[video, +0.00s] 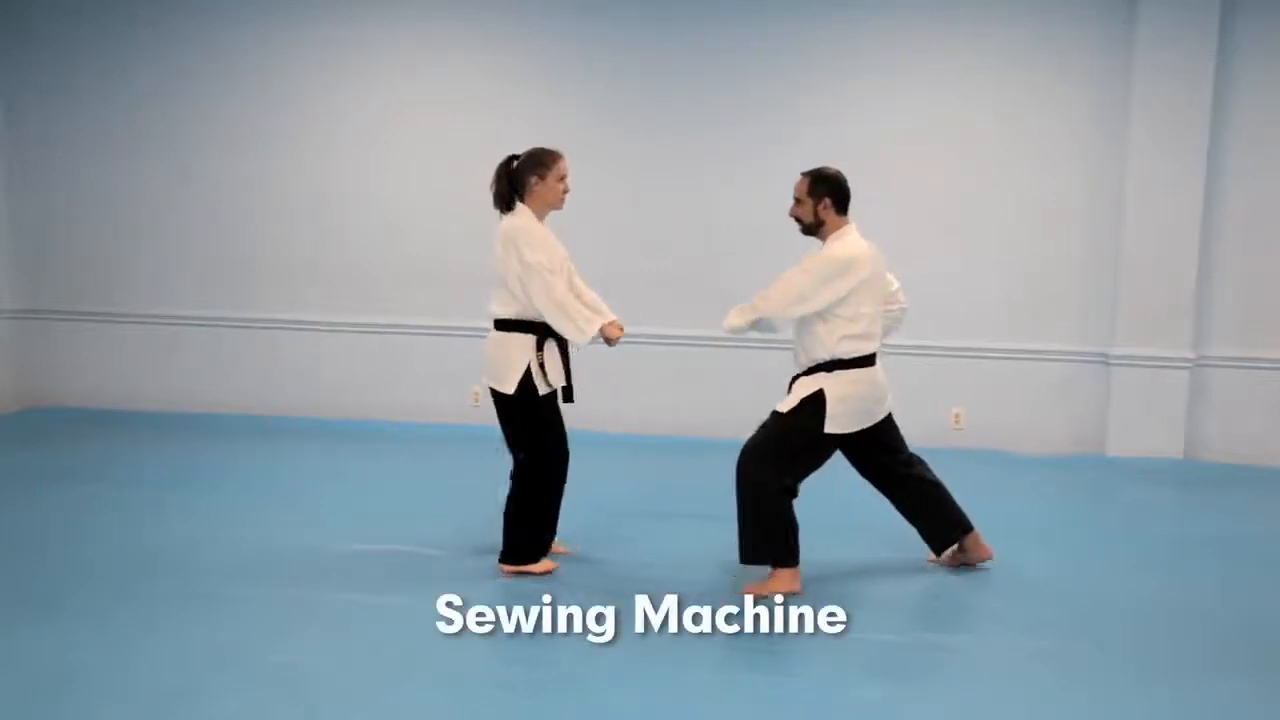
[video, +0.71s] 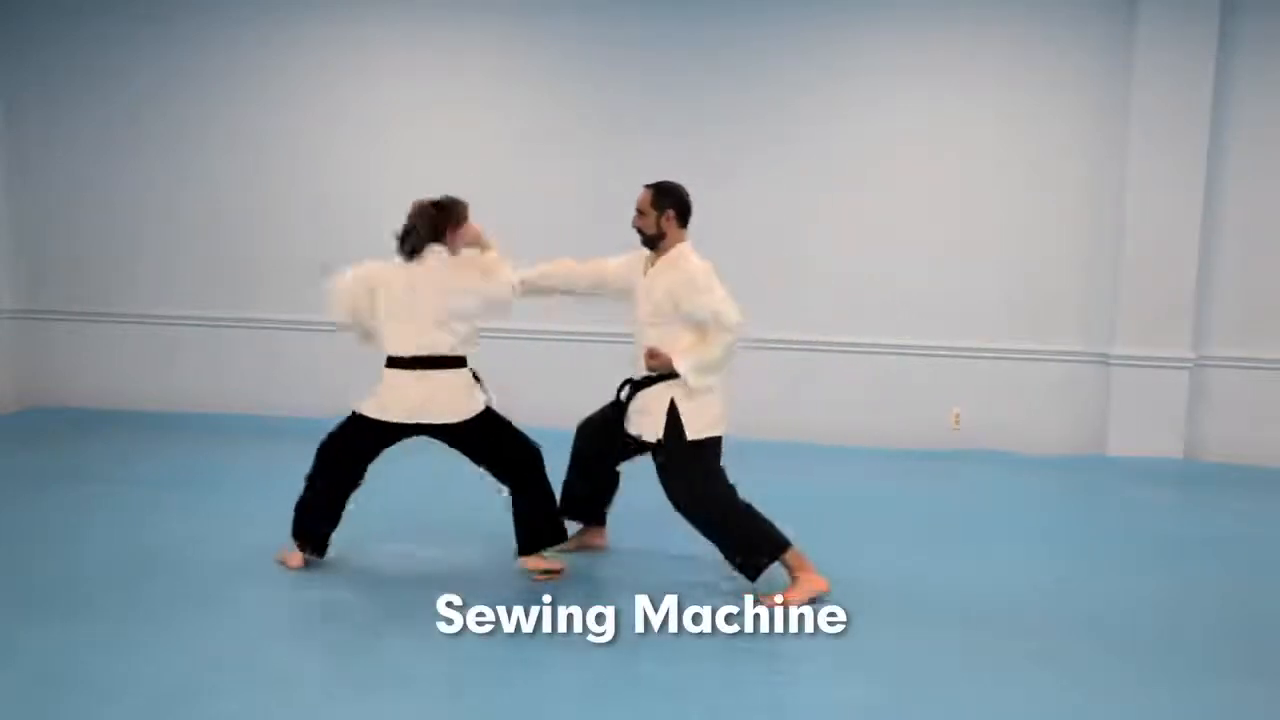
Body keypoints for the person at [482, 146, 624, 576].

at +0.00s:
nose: (568, 187)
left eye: (567, 180)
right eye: (561, 180)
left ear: (538, 183)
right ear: (536, 182)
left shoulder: (536, 228)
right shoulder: (521, 229)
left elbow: (570, 281)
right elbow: (549, 293)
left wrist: (603, 317)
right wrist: (595, 327)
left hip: (534, 353)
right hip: (519, 355)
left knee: (549, 452)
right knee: (542, 455)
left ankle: (537, 539)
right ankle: (518, 556)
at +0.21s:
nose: (589, 215)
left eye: (589, 206)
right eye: (585, 206)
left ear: (558, 204)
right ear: (564, 204)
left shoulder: (529, 233)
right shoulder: (540, 235)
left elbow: (554, 295)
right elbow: (564, 278)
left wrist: (594, 317)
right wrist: (615, 271)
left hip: (480, 360)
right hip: (493, 366)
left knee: (508, 457)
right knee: (529, 459)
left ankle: (516, 549)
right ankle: (524, 562)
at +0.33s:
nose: (576, 219)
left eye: (576, 211)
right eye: (571, 210)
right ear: (548, 206)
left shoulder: (542, 252)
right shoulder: (519, 238)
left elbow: (544, 309)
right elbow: (549, 228)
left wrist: (564, 330)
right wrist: (564, 213)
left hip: (467, 366)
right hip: (478, 371)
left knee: (448, 452)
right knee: (525, 462)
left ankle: (386, 510)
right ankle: (521, 562)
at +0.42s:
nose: (560, 221)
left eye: (560, 213)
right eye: (556, 213)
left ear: (541, 217)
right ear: (535, 215)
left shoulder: (534, 259)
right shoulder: (501, 245)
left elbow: (538, 311)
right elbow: (495, 223)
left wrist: (535, 340)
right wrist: (515, 199)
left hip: (462, 373)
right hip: (474, 377)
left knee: (409, 455)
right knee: (531, 465)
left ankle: (340, 512)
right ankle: (522, 562)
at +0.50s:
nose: (538, 224)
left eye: (537, 216)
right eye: (533, 216)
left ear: (511, 217)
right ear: (511, 218)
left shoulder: (512, 260)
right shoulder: (476, 248)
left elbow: (500, 334)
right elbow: (462, 228)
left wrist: (510, 392)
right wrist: (476, 195)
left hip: (439, 376)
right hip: (464, 382)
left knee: (391, 459)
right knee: (532, 466)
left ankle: (315, 521)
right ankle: (527, 563)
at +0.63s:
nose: (495, 230)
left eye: (495, 222)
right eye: (493, 222)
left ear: (449, 223)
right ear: (478, 224)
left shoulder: (414, 265)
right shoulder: (475, 263)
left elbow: (395, 321)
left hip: (400, 393)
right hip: (455, 398)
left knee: (354, 466)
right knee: (527, 458)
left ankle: (306, 547)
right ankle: (527, 553)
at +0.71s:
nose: (473, 229)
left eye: (469, 221)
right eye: (466, 224)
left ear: (415, 233)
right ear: (451, 233)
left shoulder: (383, 275)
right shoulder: (470, 273)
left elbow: (341, 305)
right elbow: (506, 286)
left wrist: (380, 329)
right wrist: (485, 247)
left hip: (392, 402)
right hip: (454, 404)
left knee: (336, 457)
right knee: (523, 459)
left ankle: (305, 548)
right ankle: (534, 551)